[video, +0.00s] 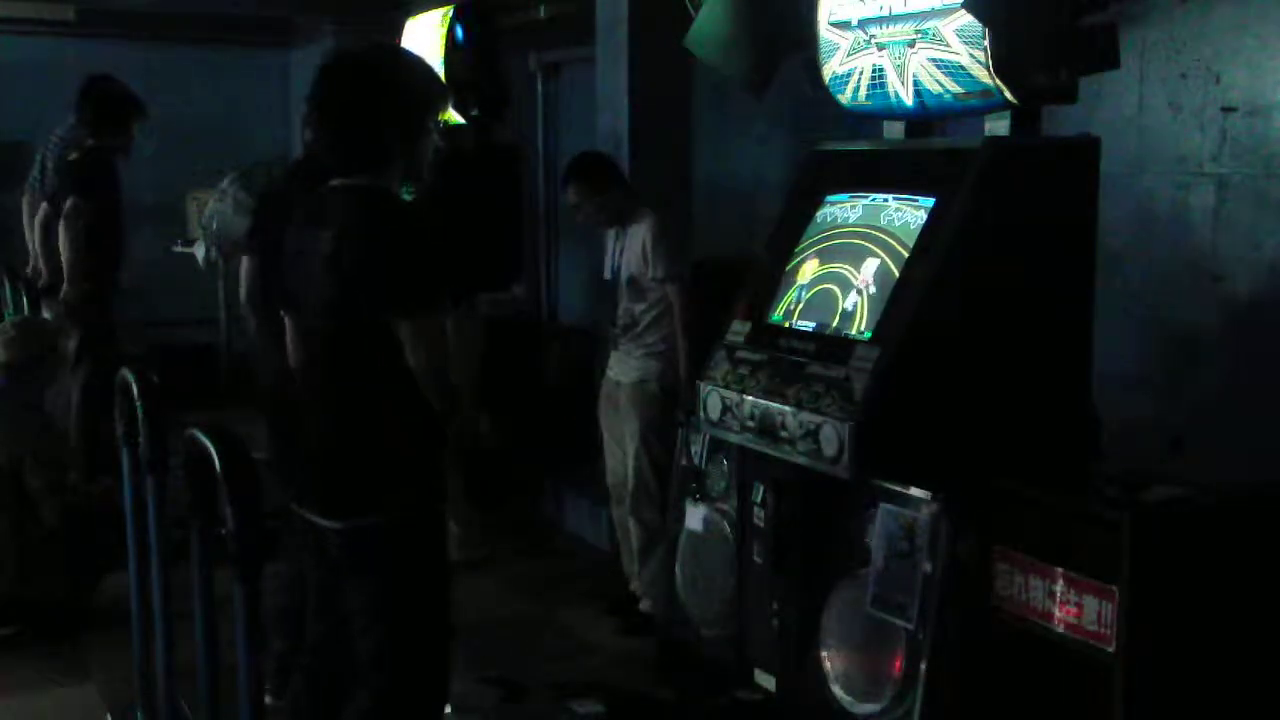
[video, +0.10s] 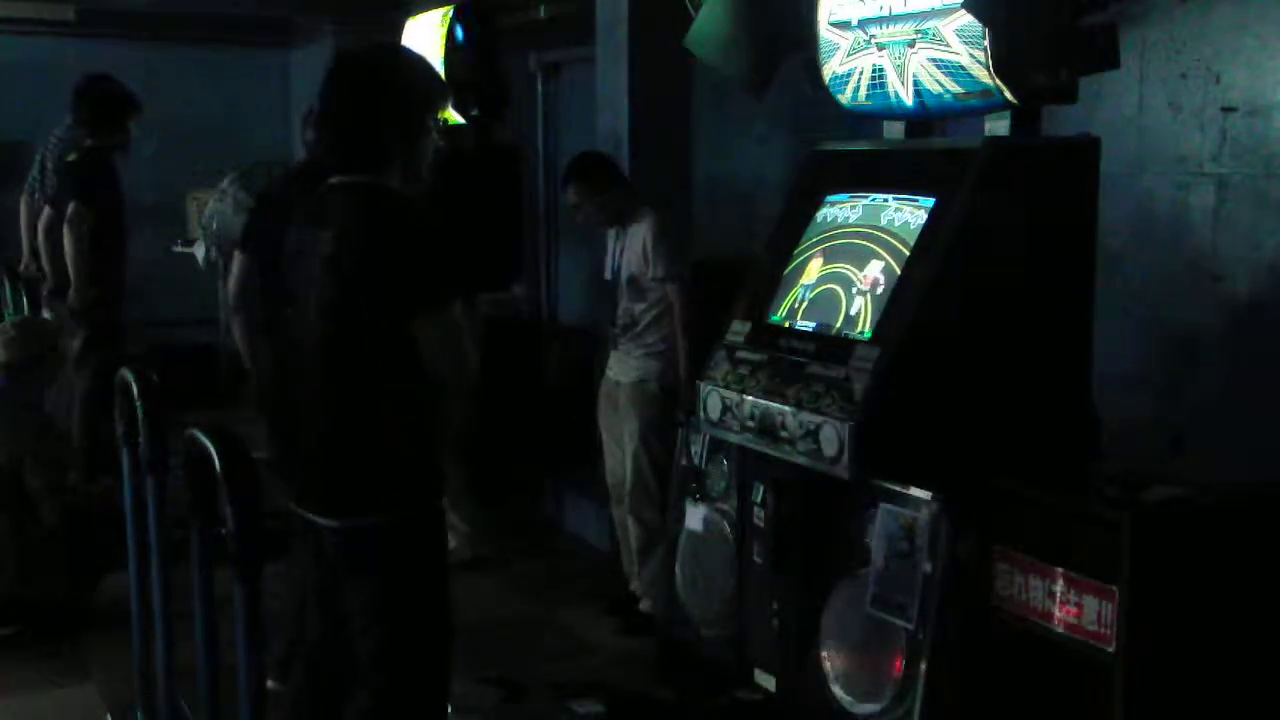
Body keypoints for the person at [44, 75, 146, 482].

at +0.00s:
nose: (131, 136)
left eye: (132, 125)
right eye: (127, 125)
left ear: (87, 114)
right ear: (109, 119)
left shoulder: (59, 145)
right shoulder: (91, 155)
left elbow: (32, 203)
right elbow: (68, 216)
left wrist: (39, 263)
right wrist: (71, 280)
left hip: (60, 286)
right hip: (88, 287)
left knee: (69, 372)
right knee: (92, 374)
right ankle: (86, 465)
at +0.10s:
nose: (128, 134)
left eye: (128, 123)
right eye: (124, 122)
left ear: (84, 113)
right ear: (105, 117)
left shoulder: (59, 144)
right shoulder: (89, 155)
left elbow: (30, 204)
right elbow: (73, 223)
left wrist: (29, 257)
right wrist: (78, 286)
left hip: (64, 292)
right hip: (91, 294)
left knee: (71, 379)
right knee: (93, 382)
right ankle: (88, 470)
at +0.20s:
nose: (127, 133)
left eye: (127, 121)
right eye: (123, 121)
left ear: (84, 115)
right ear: (105, 118)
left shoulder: (60, 149)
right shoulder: (90, 159)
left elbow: (41, 213)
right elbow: (78, 226)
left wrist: (32, 259)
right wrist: (88, 288)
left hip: (66, 294)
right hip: (92, 298)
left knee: (71, 380)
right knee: (93, 383)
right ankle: (88, 470)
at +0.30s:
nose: (126, 133)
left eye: (126, 121)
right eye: (122, 121)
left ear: (81, 114)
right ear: (103, 118)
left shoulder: (54, 149)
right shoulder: (91, 160)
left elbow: (30, 202)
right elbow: (88, 231)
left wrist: (23, 254)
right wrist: (106, 292)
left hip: (57, 282)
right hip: (87, 290)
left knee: (66, 373)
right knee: (92, 378)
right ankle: (87, 470)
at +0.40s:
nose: (126, 134)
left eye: (127, 123)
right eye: (122, 123)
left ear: (81, 115)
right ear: (103, 119)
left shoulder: (51, 153)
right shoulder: (93, 161)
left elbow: (27, 202)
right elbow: (99, 232)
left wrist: (20, 254)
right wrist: (126, 283)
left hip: (52, 276)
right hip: (87, 282)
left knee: (69, 367)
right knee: (94, 373)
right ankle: (88, 466)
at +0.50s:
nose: (128, 135)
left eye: (130, 125)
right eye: (126, 124)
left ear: (84, 114)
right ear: (108, 119)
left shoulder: (52, 153)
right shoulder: (95, 162)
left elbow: (26, 200)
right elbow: (110, 233)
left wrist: (17, 253)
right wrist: (129, 256)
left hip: (49, 275)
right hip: (87, 280)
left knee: (67, 365)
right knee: (92, 370)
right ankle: (87, 464)